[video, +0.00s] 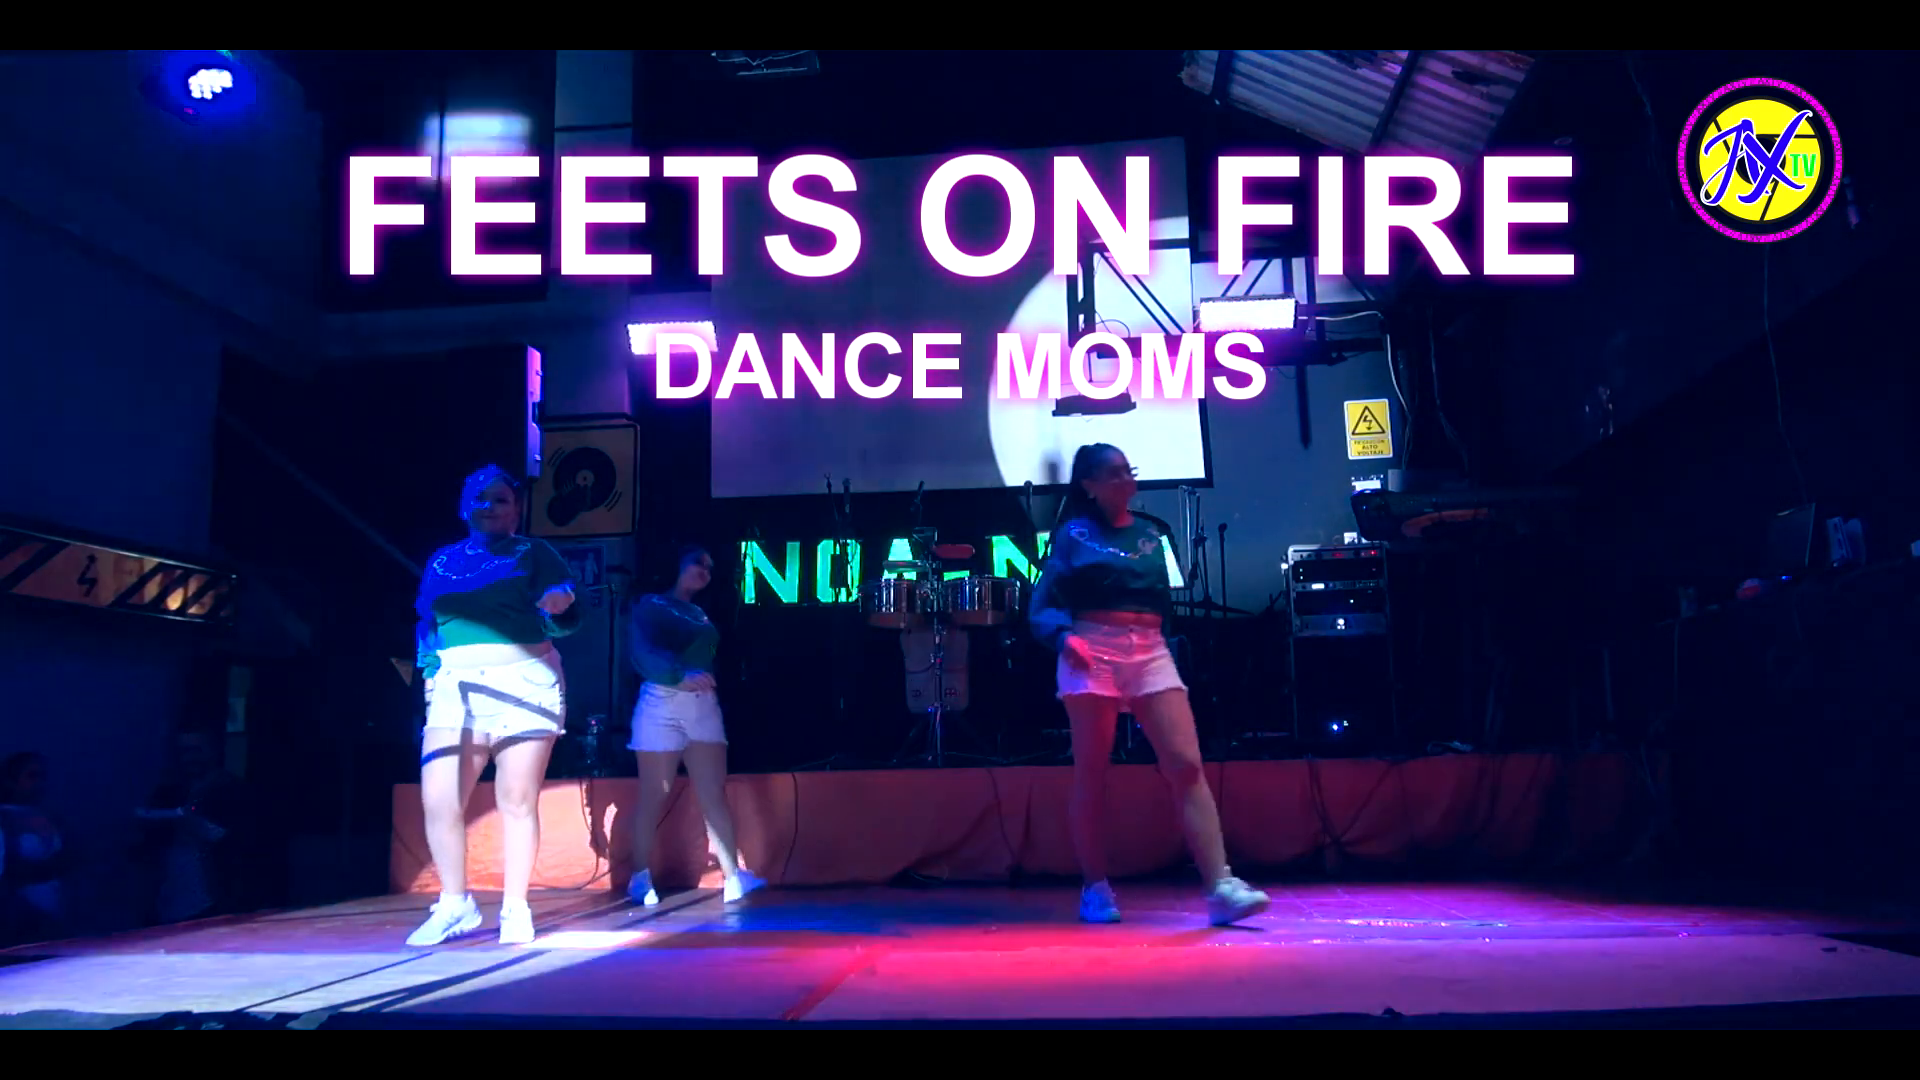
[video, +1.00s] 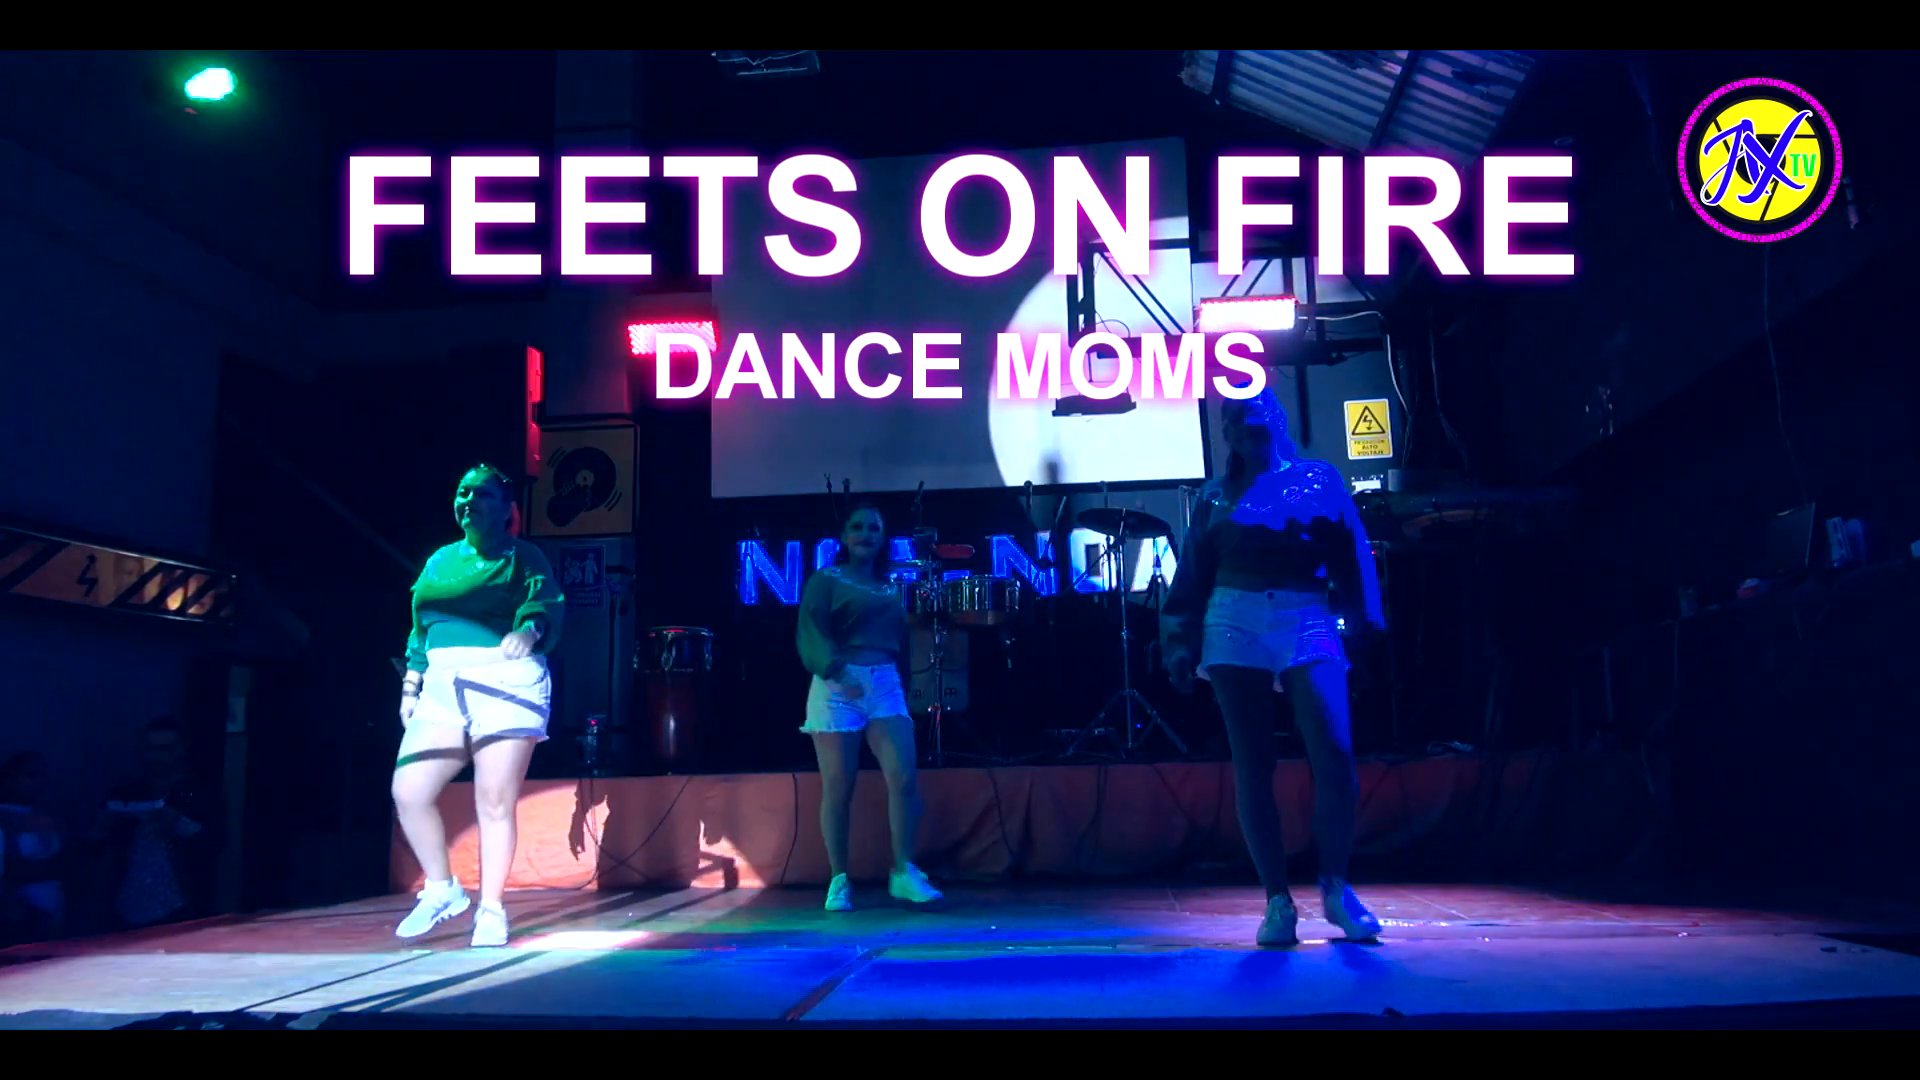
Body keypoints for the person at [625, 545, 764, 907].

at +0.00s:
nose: (705, 573)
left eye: (708, 569)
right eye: (699, 566)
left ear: (706, 577)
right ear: (680, 567)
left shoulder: (700, 615)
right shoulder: (650, 607)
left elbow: (701, 660)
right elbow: (643, 657)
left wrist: (704, 680)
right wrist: (681, 677)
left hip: (703, 704)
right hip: (661, 704)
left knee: (713, 794)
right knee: (654, 794)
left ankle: (733, 876)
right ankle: (641, 877)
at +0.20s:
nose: (738, 572)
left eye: (744, 567)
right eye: (731, 565)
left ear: (748, 573)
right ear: (714, 567)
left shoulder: (745, 619)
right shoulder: (692, 607)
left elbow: (763, 674)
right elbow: (682, 659)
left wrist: (778, 720)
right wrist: (683, 710)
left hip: (751, 702)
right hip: (709, 703)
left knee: (746, 797)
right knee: (729, 796)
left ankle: (737, 882)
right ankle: (680, 837)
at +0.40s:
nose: (756, 562)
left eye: (763, 555)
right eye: (748, 556)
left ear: (773, 560)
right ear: (736, 560)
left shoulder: (786, 608)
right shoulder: (722, 605)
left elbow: (811, 659)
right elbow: (693, 652)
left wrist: (846, 675)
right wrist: (673, 697)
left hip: (781, 701)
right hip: (739, 698)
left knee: (757, 788)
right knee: (790, 764)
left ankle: (739, 876)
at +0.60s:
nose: (776, 563)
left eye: (782, 555)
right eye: (770, 557)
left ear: (797, 557)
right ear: (763, 563)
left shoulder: (825, 601)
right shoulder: (758, 610)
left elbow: (863, 640)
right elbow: (725, 662)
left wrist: (896, 667)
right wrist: (692, 702)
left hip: (816, 702)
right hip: (773, 700)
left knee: (780, 794)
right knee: (791, 794)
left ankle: (746, 873)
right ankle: (819, 882)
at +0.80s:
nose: (821, 553)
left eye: (829, 546)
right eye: (813, 546)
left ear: (840, 553)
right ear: (800, 553)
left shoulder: (858, 601)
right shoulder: (789, 604)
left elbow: (882, 656)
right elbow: (773, 660)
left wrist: (896, 703)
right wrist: (767, 713)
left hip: (852, 694)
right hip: (805, 691)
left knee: (863, 784)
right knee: (818, 791)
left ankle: (810, 817)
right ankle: (826, 884)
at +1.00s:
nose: (866, 534)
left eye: (873, 528)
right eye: (858, 527)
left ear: (883, 536)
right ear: (844, 534)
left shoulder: (892, 586)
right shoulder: (825, 581)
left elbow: (902, 641)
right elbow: (808, 635)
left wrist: (903, 686)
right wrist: (834, 671)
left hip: (885, 683)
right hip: (835, 685)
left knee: (903, 776)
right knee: (837, 785)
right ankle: (839, 879)